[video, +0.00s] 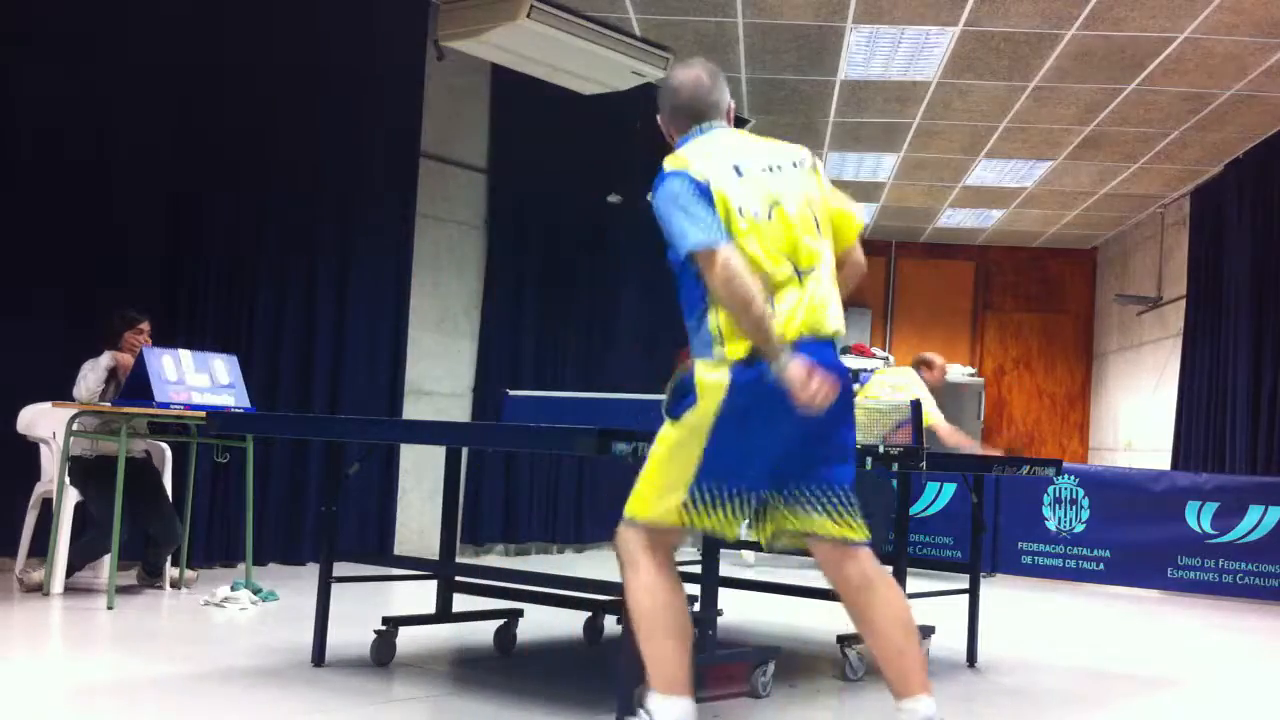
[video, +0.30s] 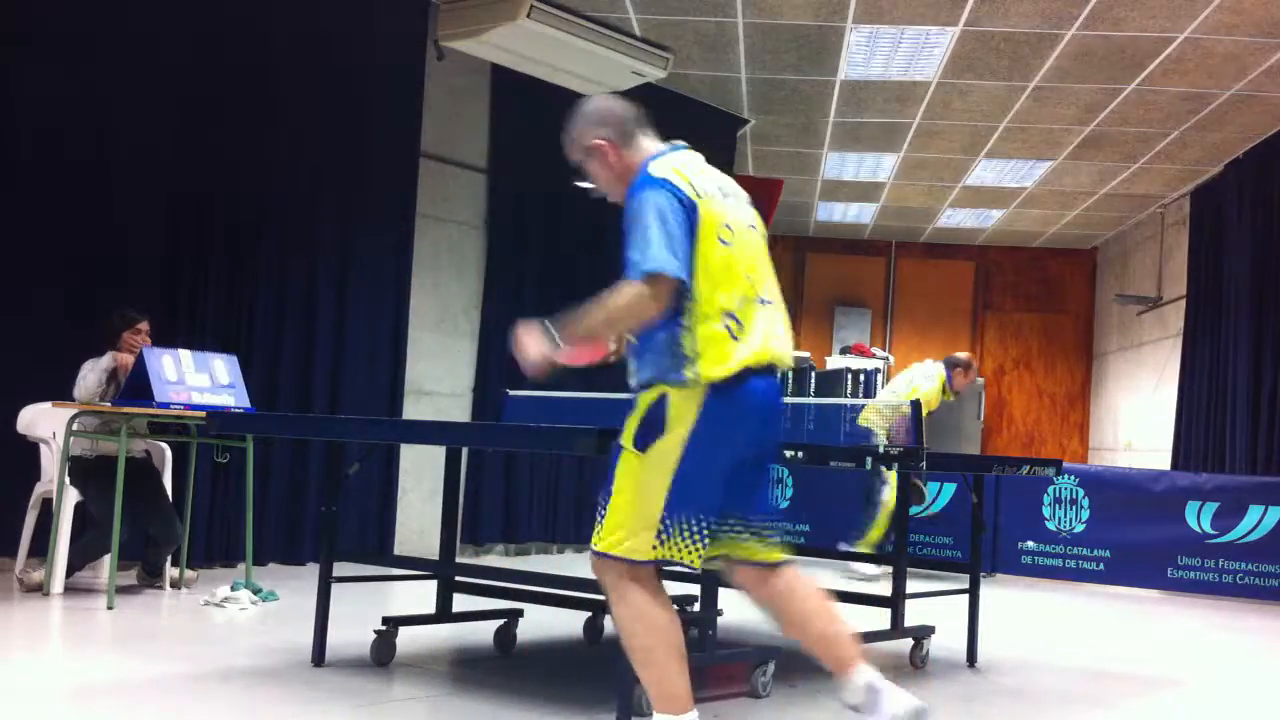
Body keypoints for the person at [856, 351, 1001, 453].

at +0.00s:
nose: (943, 379)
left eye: (944, 374)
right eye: (942, 373)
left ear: (922, 369)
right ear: (926, 371)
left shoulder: (882, 373)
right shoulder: (916, 386)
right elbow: (947, 436)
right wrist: (982, 450)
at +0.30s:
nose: (967, 386)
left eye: (970, 381)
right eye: (968, 380)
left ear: (956, 371)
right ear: (957, 372)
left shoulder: (932, 374)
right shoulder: (931, 384)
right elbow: (903, 423)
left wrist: (910, 468)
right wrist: (911, 469)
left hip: (878, 427)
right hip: (877, 428)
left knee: (892, 494)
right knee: (890, 494)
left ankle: (865, 549)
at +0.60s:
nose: (984, 389)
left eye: (987, 385)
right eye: (987, 384)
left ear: (977, 371)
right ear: (981, 376)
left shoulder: (952, 377)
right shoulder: (948, 381)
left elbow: (927, 429)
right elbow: (926, 426)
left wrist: (945, 469)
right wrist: (941, 466)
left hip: (903, 442)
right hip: (902, 444)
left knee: (922, 502)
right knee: (924, 502)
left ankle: (906, 570)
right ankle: (911, 573)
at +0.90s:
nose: (1003, 390)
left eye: (1006, 386)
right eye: (1006, 385)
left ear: (990, 365)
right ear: (1002, 377)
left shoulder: (963, 369)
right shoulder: (979, 380)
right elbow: (952, 415)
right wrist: (951, 460)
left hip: (915, 435)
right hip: (928, 439)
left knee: (929, 498)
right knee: (938, 498)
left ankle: (916, 563)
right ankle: (916, 570)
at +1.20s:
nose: (996, 383)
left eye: (997, 380)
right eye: (997, 379)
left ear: (980, 359)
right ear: (995, 370)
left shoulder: (949, 367)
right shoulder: (986, 369)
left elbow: (926, 402)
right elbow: (982, 407)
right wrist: (992, 446)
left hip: (923, 433)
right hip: (946, 432)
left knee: (940, 498)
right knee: (959, 498)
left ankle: (940, 561)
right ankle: (949, 564)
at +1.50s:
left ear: (937, 377)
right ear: (964, 379)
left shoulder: (919, 388)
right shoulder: (968, 391)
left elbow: (896, 430)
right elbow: (979, 429)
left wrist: (883, 474)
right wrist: (987, 472)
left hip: (903, 444)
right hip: (938, 446)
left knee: (894, 499)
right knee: (960, 508)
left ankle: (879, 555)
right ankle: (950, 568)